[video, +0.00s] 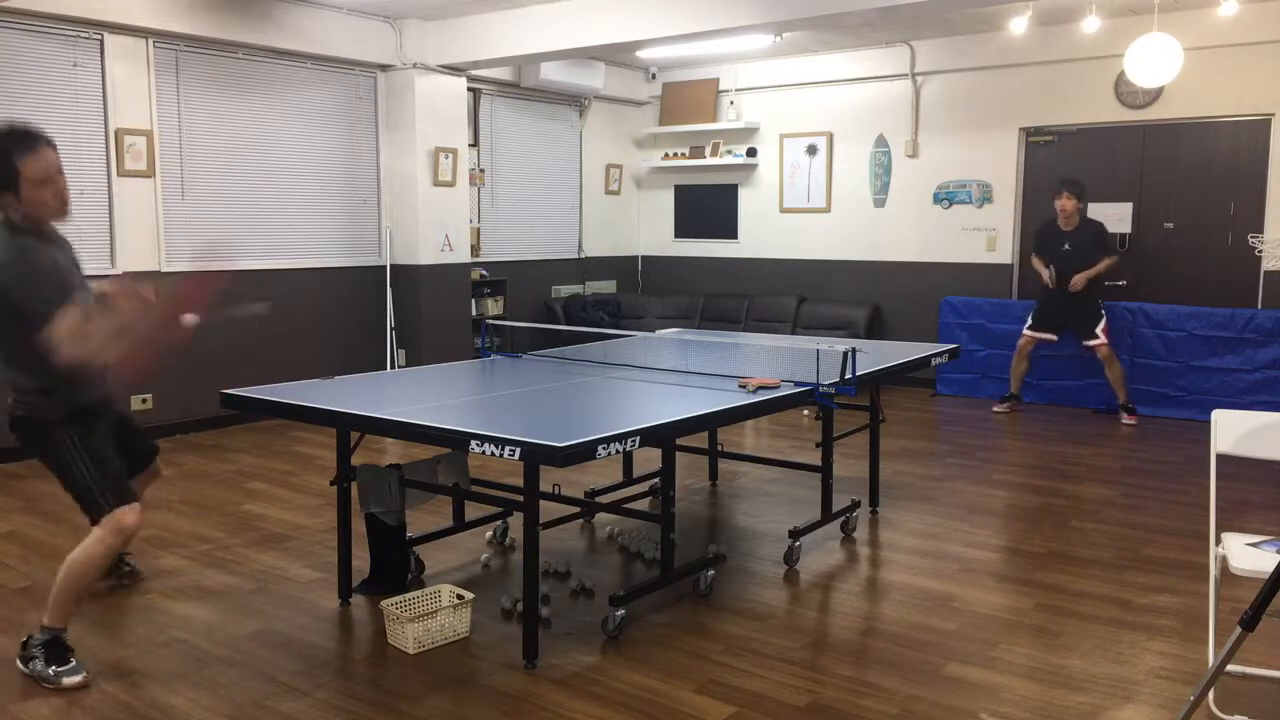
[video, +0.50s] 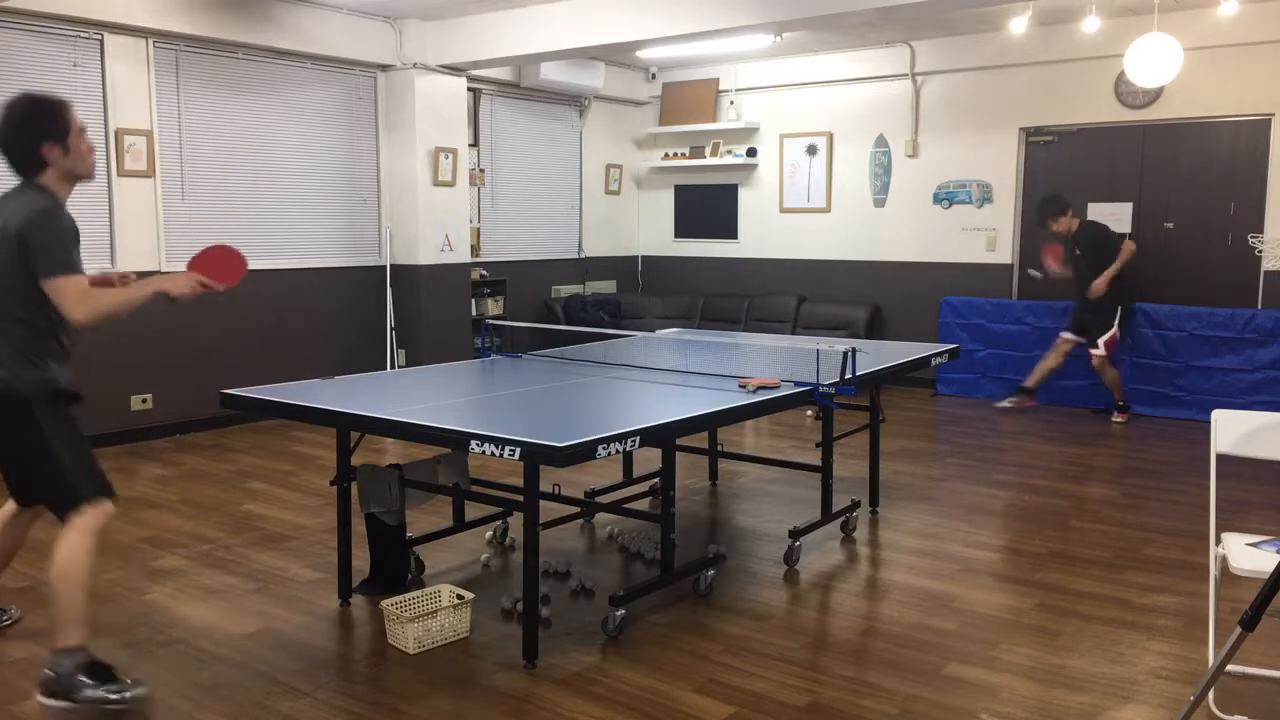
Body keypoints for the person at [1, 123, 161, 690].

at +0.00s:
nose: (61, 189)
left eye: (60, 176)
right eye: (45, 182)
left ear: (61, 175)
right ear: (10, 200)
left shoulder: (46, 239)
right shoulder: (21, 257)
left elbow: (76, 304)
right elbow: (73, 348)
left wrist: (118, 304)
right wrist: (143, 322)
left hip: (81, 394)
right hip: (47, 409)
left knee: (144, 467)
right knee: (121, 517)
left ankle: (105, 558)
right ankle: (45, 642)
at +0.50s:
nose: (92, 143)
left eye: (86, 132)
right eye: (81, 135)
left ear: (41, 153)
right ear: (52, 152)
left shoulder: (17, 208)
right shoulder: (45, 217)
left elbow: (32, 293)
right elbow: (79, 308)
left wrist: (98, 283)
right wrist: (160, 287)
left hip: (10, 388)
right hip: (30, 392)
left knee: (29, 500)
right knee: (90, 505)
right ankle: (69, 663)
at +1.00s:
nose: (140, 221)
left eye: (135, 211)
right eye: (129, 215)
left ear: (98, 229)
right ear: (95, 231)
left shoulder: (109, 272)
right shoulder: (45, 292)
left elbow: (100, 322)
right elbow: (42, 392)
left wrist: (150, 362)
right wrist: (127, 406)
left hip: (51, 409)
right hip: (9, 419)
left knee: (127, 479)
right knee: (78, 500)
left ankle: (72, 569)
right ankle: (17, 650)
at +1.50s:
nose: (121, 240)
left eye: (117, 228)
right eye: (107, 235)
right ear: (67, 253)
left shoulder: (136, 276)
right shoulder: (27, 305)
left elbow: (202, 292)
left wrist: (257, 340)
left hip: (121, 416)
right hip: (63, 420)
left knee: (158, 503)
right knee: (108, 508)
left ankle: (92, 550)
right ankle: (42, 636)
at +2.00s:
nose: (201, 205)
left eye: (196, 196)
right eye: (192, 199)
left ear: (145, 219)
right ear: (170, 215)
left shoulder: (112, 267)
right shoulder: (196, 254)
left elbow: (95, 348)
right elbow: (275, 304)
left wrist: (183, 355)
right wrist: (273, 272)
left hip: (112, 414)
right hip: (165, 410)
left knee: (176, 475)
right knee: (217, 513)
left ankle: (188, 556)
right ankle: (225, 645)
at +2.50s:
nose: (191, 193)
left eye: (187, 183)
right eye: (182, 185)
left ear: (153, 199)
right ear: (152, 199)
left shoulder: (143, 250)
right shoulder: (121, 253)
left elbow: (126, 330)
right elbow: (122, 344)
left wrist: (173, 345)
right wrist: (203, 328)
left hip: (102, 393)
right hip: (65, 399)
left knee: (162, 468)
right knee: (114, 508)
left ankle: (117, 549)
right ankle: (28, 636)